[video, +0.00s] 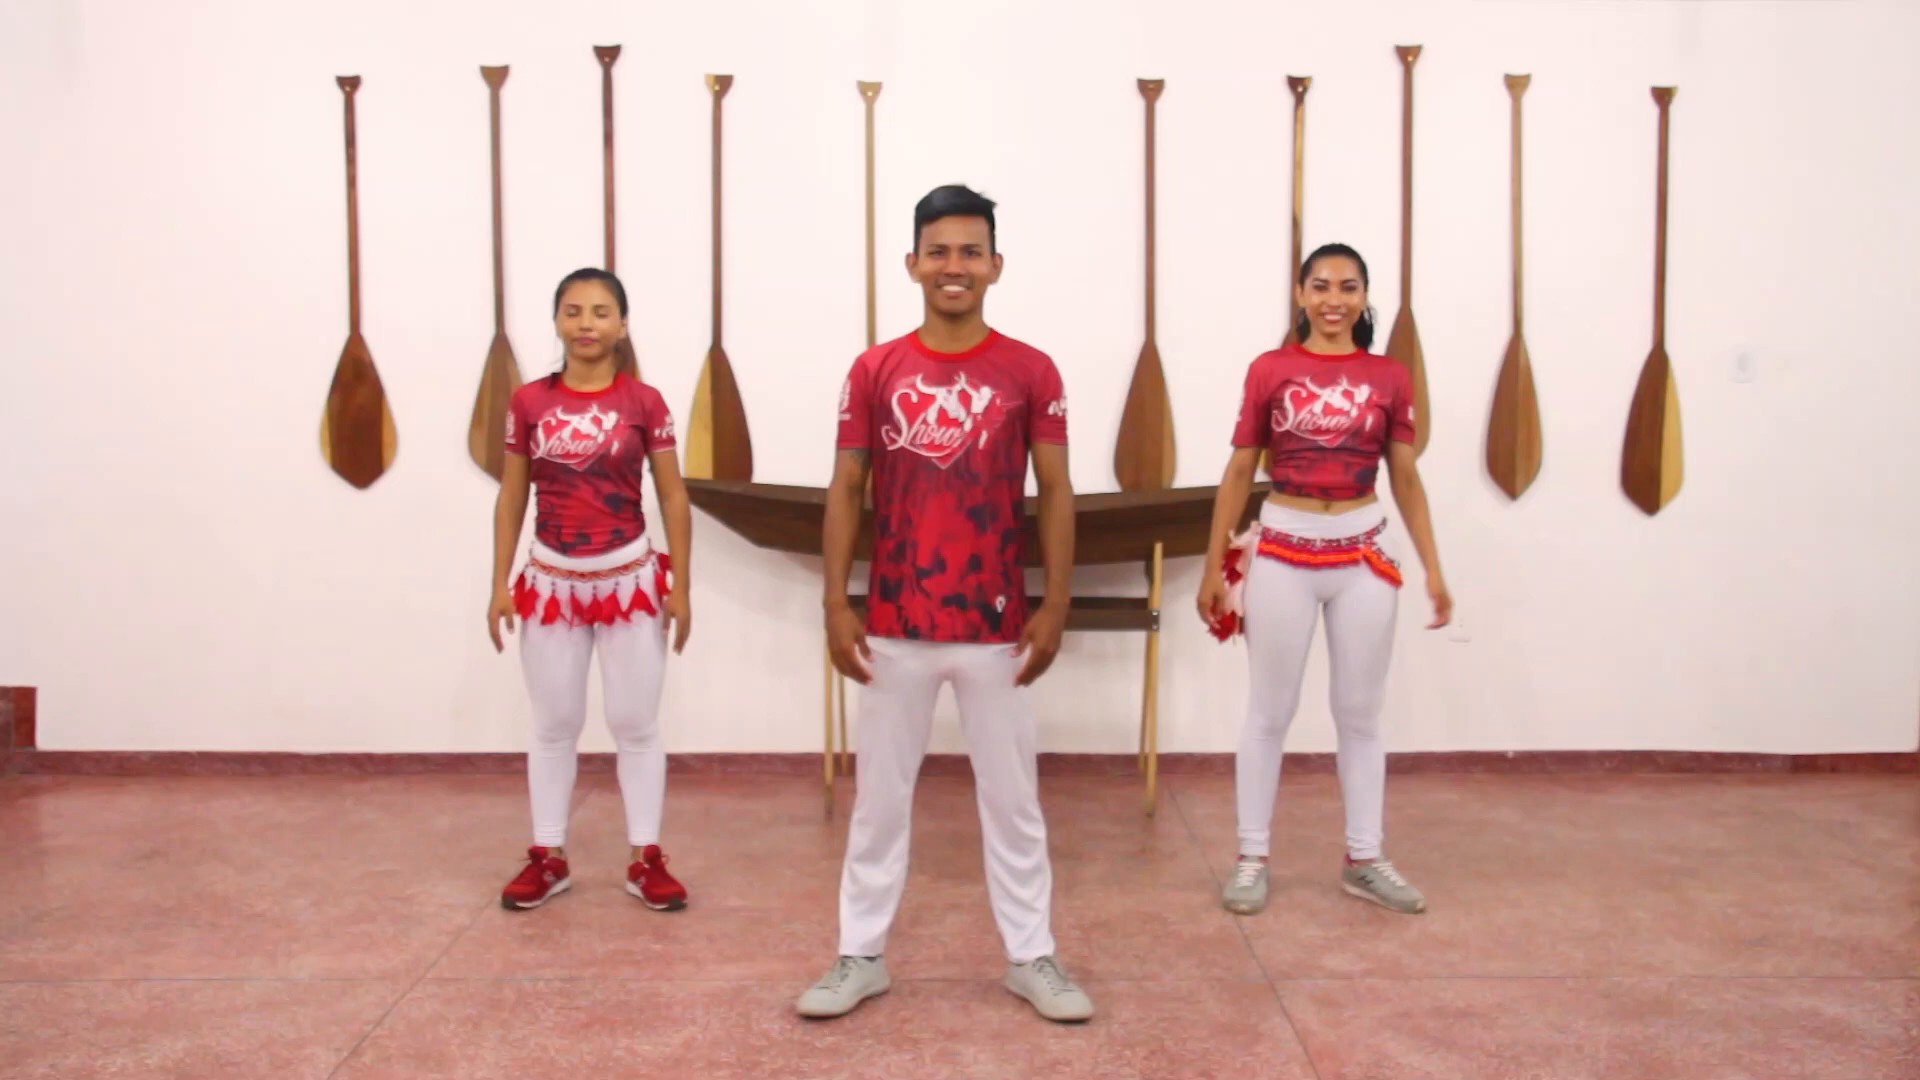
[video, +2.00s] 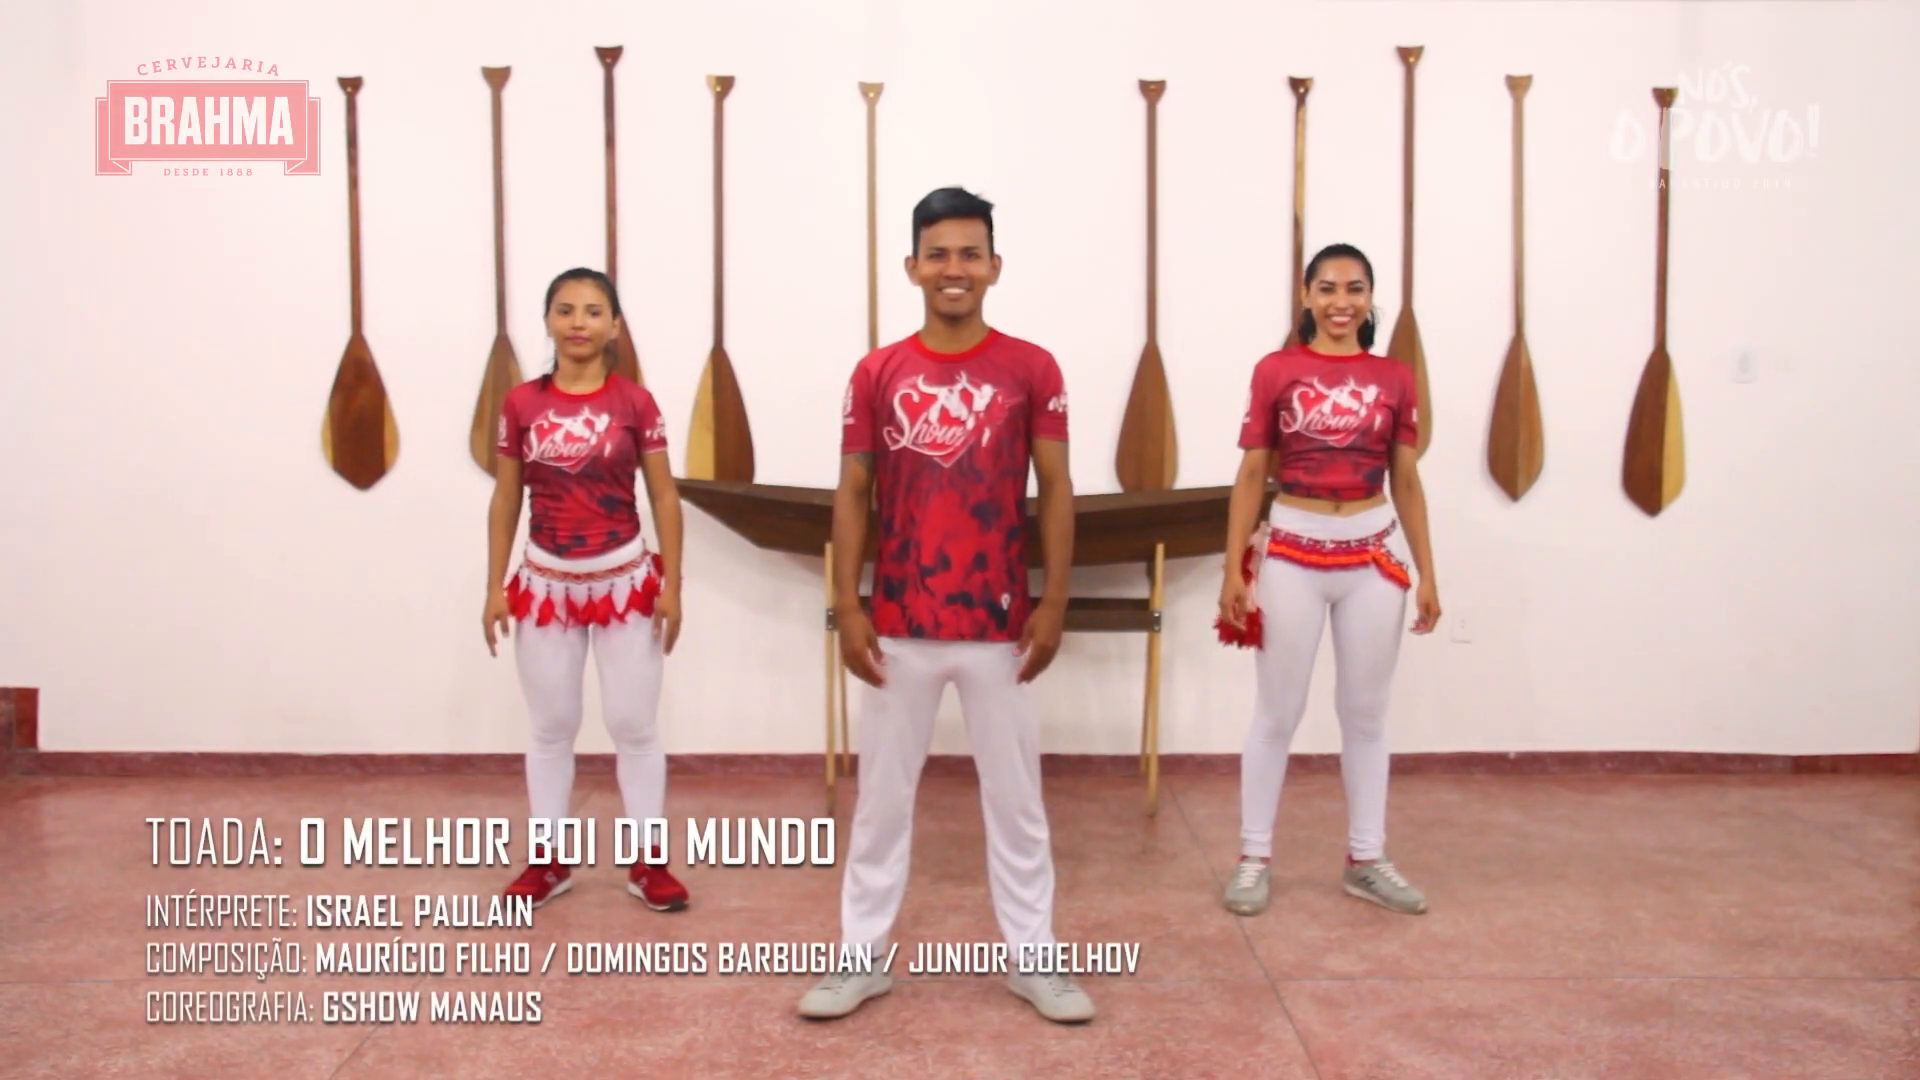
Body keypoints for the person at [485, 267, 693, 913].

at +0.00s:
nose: (587, 322)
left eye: (601, 312)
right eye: (574, 312)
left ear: (622, 324)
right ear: (557, 323)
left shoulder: (643, 401)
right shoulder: (530, 402)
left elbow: (673, 495)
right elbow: (512, 495)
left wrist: (680, 583)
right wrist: (501, 582)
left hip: (631, 579)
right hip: (550, 580)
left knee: (636, 727)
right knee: (554, 726)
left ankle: (647, 857)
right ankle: (547, 856)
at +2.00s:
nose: (579, 321)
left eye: (593, 311)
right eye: (566, 310)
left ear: (614, 325)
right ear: (548, 322)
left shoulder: (634, 401)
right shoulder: (522, 403)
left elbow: (664, 494)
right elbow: (506, 497)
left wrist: (672, 582)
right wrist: (496, 584)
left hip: (626, 581)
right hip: (544, 583)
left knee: (635, 728)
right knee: (550, 728)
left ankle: (649, 861)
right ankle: (548, 858)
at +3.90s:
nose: (536, 312)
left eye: (552, 302)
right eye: (524, 299)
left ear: (575, 319)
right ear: (504, 313)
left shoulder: (586, 384)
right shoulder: (481, 380)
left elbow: (611, 294)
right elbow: (403, 306)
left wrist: (596, 198)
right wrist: (344, 226)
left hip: (570, 596)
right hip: (489, 597)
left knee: (608, 750)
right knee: (491, 758)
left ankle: (650, 844)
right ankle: (493, 909)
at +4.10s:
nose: (503, 316)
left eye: (519, 303)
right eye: (490, 304)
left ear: (547, 314)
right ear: (476, 315)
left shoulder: (559, 381)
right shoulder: (467, 381)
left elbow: (570, 297)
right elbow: (390, 331)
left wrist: (509, 232)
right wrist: (315, 267)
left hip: (546, 598)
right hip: (471, 598)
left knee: (517, 750)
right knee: (478, 756)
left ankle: (592, 812)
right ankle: (494, 908)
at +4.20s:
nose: (490, 322)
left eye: (504, 306)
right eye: (478, 309)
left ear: (537, 312)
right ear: (470, 315)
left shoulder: (548, 381)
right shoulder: (467, 382)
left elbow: (564, 301)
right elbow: (397, 346)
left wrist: (478, 266)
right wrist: (327, 298)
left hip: (538, 597)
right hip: (467, 598)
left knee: (486, 750)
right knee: (476, 754)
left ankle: (562, 852)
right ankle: (495, 906)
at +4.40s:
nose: (474, 316)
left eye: (487, 301)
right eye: (465, 305)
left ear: (522, 308)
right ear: (458, 316)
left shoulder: (537, 381)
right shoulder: (463, 389)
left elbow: (548, 307)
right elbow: (399, 376)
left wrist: (470, 329)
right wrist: (339, 351)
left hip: (530, 607)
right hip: (460, 606)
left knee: (472, 761)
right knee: (466, 766)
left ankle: (557, 864)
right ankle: (506, 908)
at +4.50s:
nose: (486, 323)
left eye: (499, 306)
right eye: (474, 310)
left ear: (527, 316)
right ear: (461, 322)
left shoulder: (539, 388)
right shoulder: (461, 393)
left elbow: (530, 310)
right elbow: (395, 378)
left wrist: (429, 300)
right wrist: (332, 362)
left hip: (530, 608)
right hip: (461, 609)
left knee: (489, 765)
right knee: (470, 770)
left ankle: (537, 910)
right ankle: (498, 908)